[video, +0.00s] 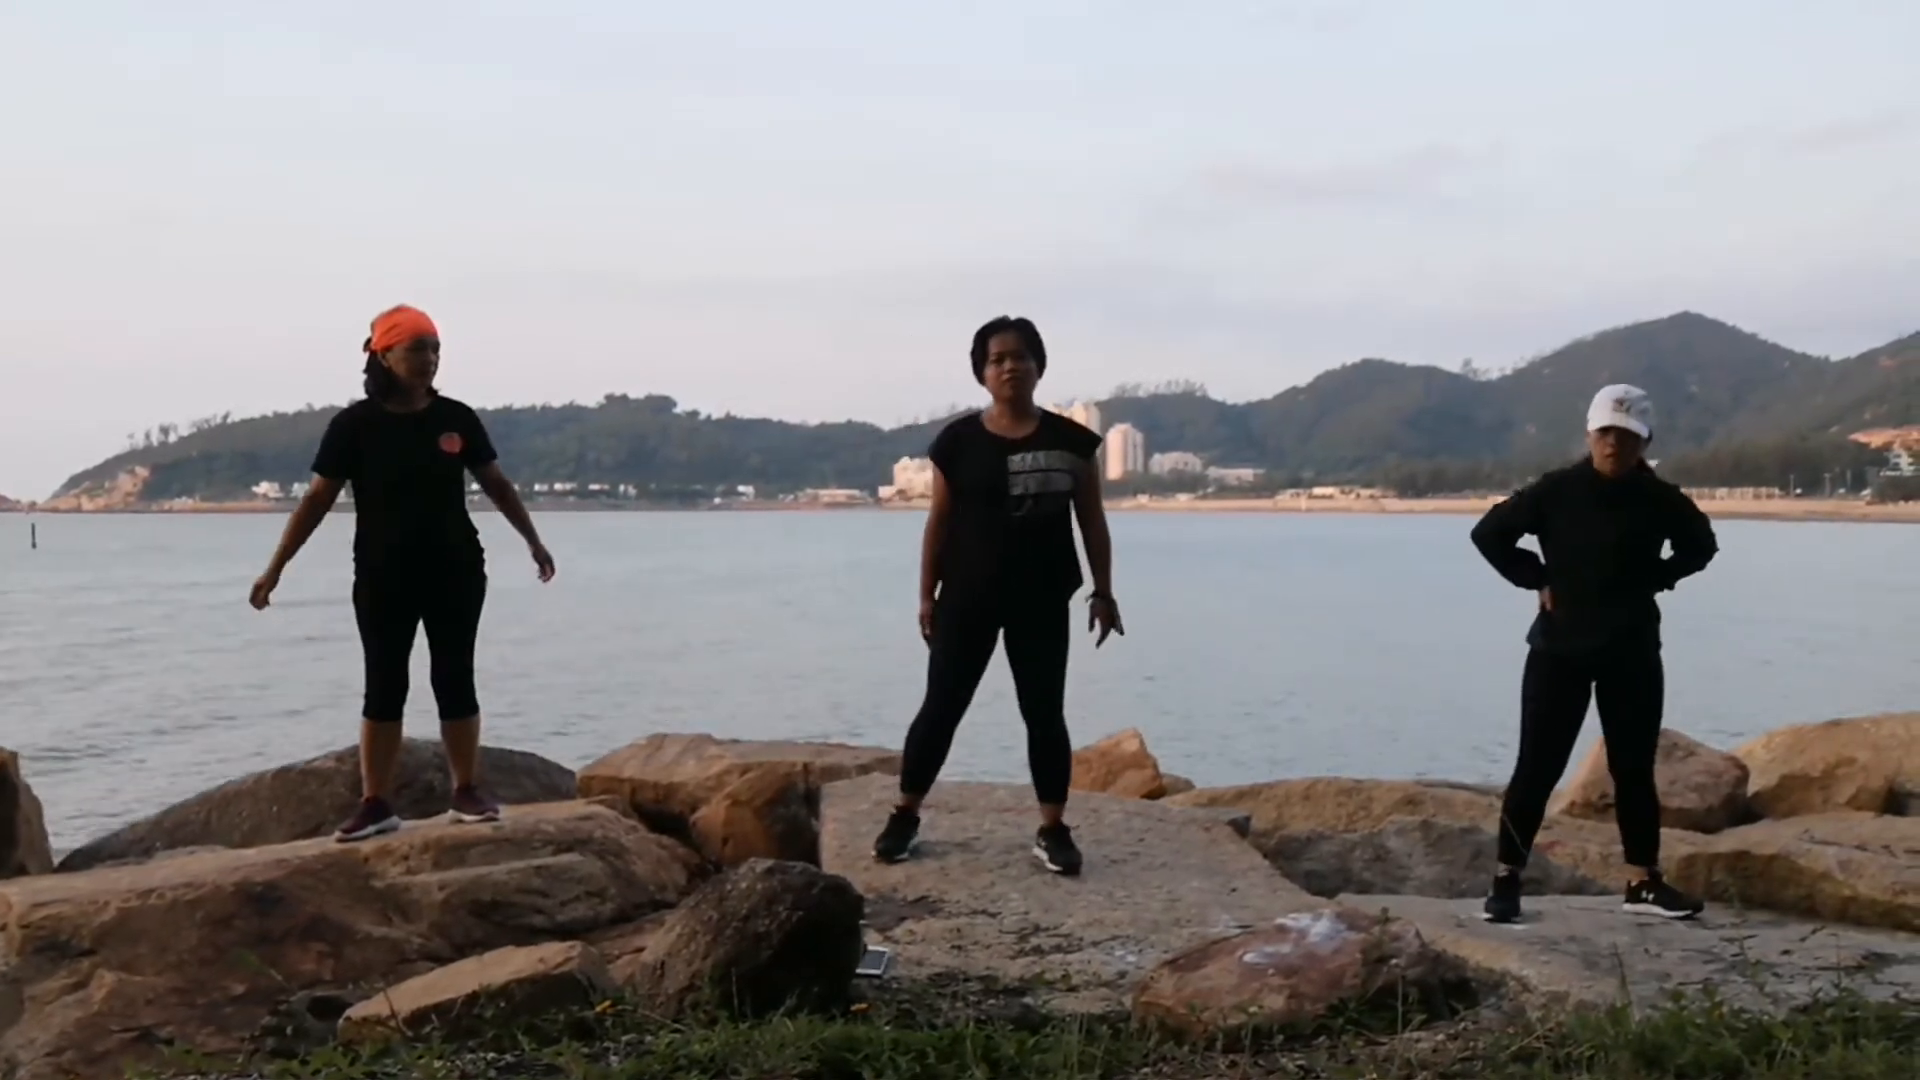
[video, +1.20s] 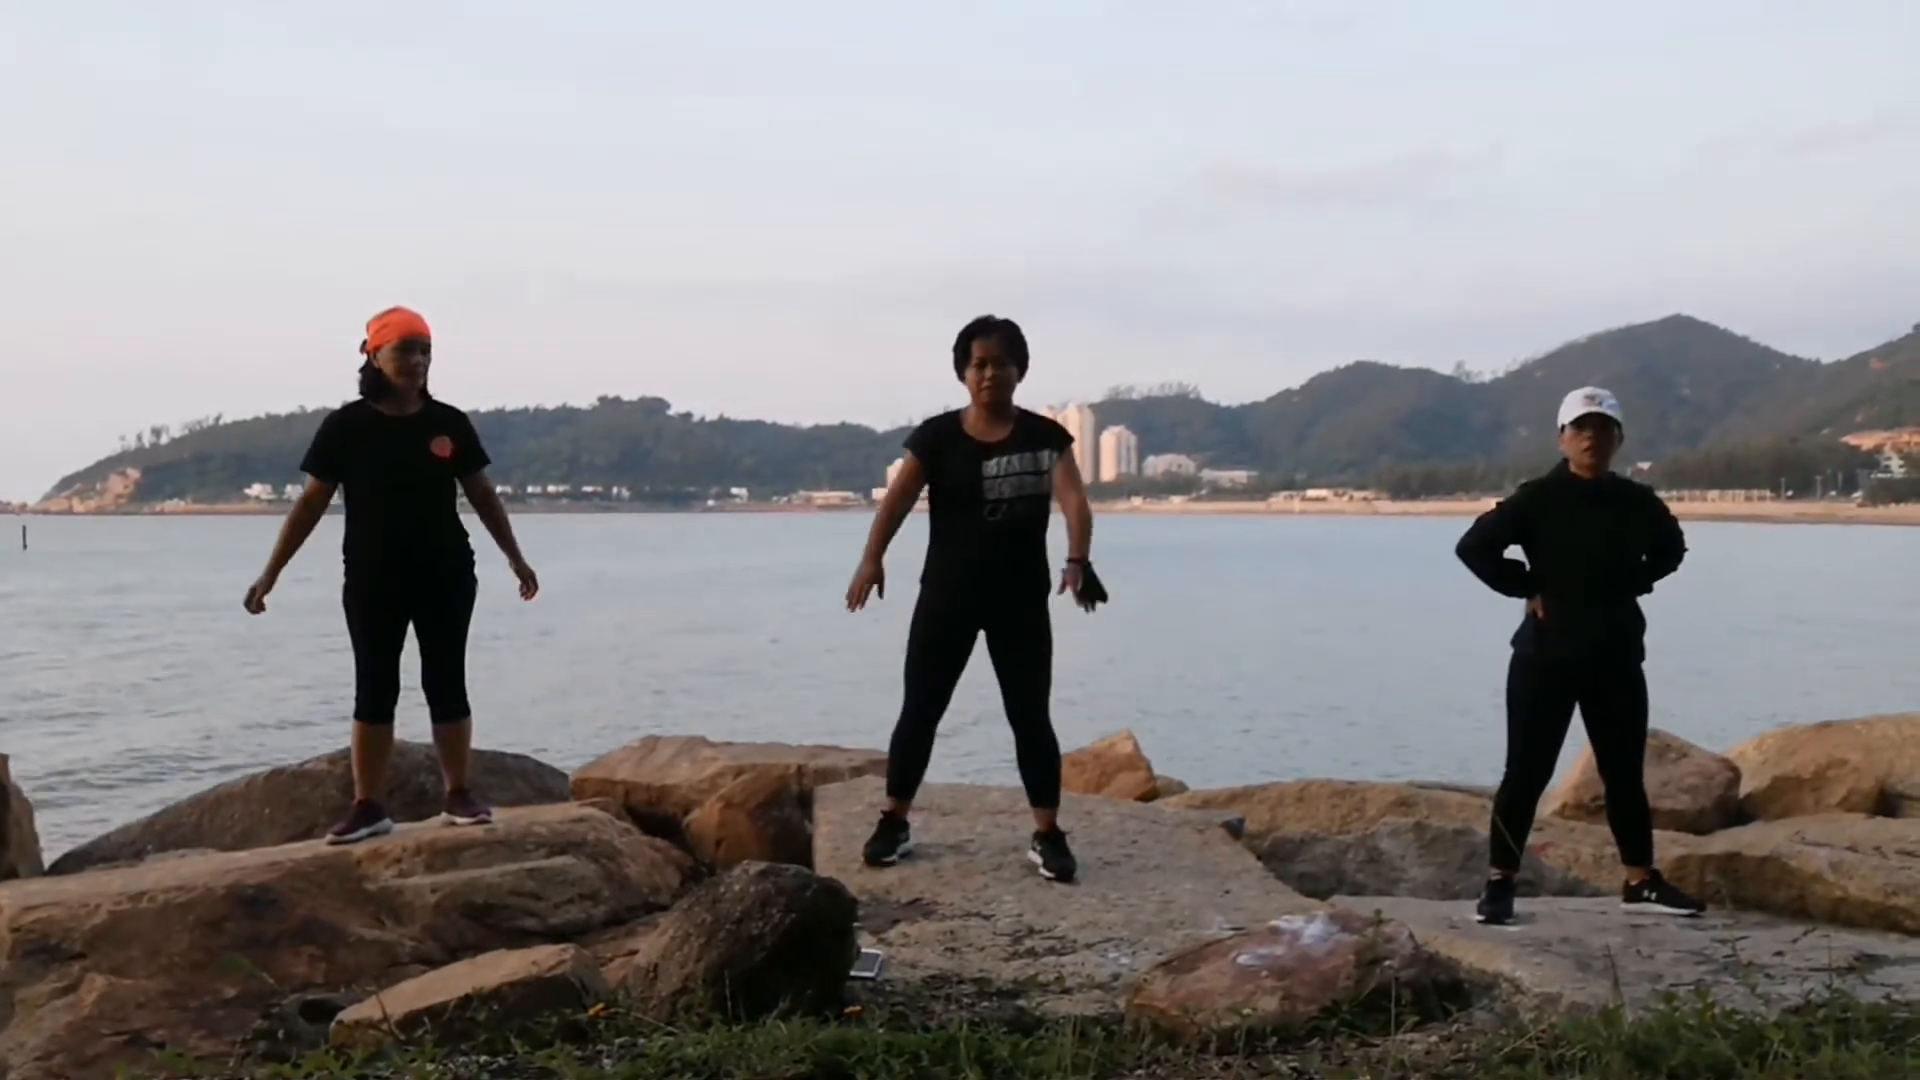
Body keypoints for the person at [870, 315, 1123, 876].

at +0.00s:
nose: (1010, 367)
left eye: (1020, 357)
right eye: (998, 359)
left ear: (1038, 366)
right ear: (982, 371)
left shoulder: (1071, 441)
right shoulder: (956, 442)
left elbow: (1092, 521)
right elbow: (938, 524)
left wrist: (1103, 591)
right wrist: (926, 597)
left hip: (1041, 604)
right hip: (969, 601)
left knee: (1046, 716)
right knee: (940, 709)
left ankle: (1053, 827)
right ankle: (906, 814)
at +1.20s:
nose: (988, 374)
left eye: (999, 364)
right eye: (978, 365)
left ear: (1019, 370)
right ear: (962, 372)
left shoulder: (1046, 438)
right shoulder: (936, 437)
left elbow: (1075, 503)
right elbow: (896, 501)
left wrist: (1077, 558)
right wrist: (870, 558)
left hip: (1020, 600)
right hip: (948, 599)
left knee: (1031, 717)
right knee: (920, 710)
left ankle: (1048, 833)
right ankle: (893, 821)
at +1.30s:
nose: (986, 380)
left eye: (998, 370)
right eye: (976, 370)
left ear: (1018, 376)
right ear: (960, 376)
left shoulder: (1042, 436)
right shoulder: (935, 436)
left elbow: (1068, 475)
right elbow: (895, 475)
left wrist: (1078, 507)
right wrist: (869, 509)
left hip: (1017, 602)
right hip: (946, 600)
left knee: (1032, 718)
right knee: (910, 709)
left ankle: (1047, 833)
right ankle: (893, 821)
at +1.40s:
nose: (980, 401)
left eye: (993, 391)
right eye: (971, 389)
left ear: (1012, 396)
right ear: (955, 393)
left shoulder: (1031, 447)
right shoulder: (932, 444)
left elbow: (1056, 467)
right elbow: (901, 459)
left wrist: (1067, 478)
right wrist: (882, 476)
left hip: (1011, 616)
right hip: (937, 613)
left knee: (1043, 730)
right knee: (898, 716)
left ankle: (1047, 835)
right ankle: (892, 823)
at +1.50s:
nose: (975, 428)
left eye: (987, 419)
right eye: (965, 418)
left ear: (1004, 427)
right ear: (949, 426)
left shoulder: (1020, 477)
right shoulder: (928, 474)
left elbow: (1046, 486)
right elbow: (908, 479)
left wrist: (1058, 467)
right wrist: (893, 469)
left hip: (1005, 638)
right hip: (931, 635)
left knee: (1053, 734)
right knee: (883, 721)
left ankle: (1047, 835)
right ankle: (890, 825)